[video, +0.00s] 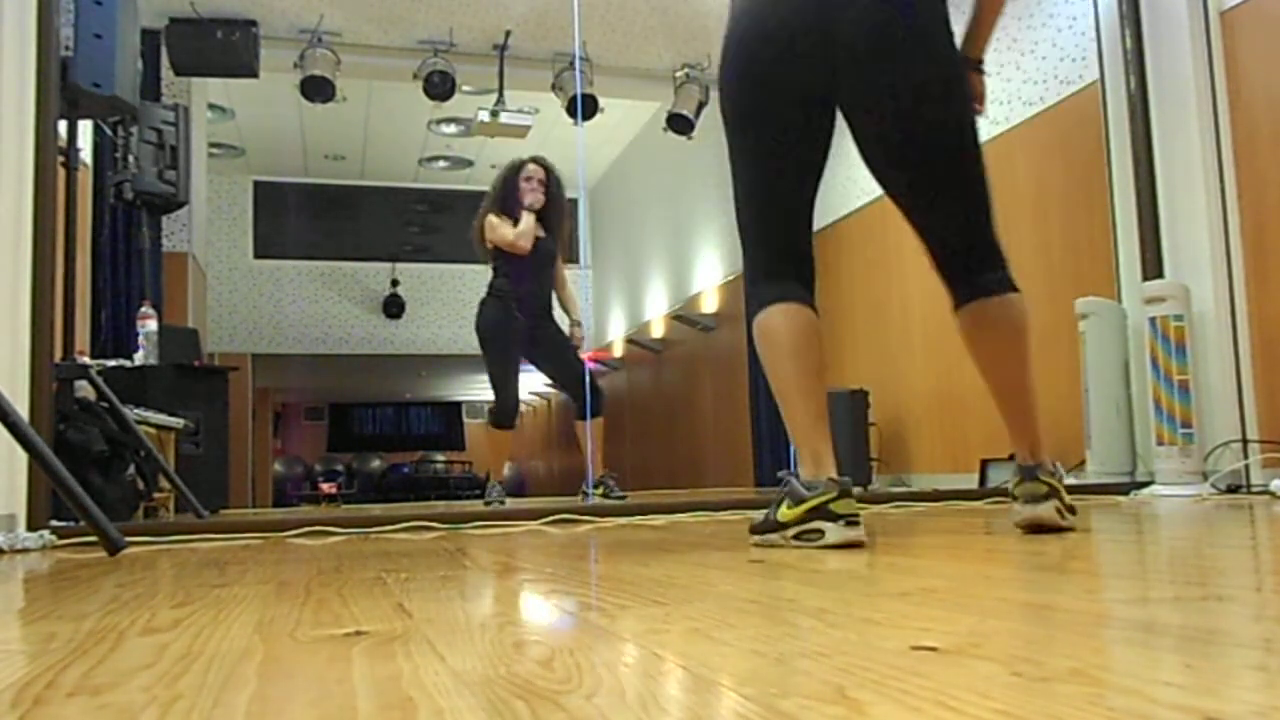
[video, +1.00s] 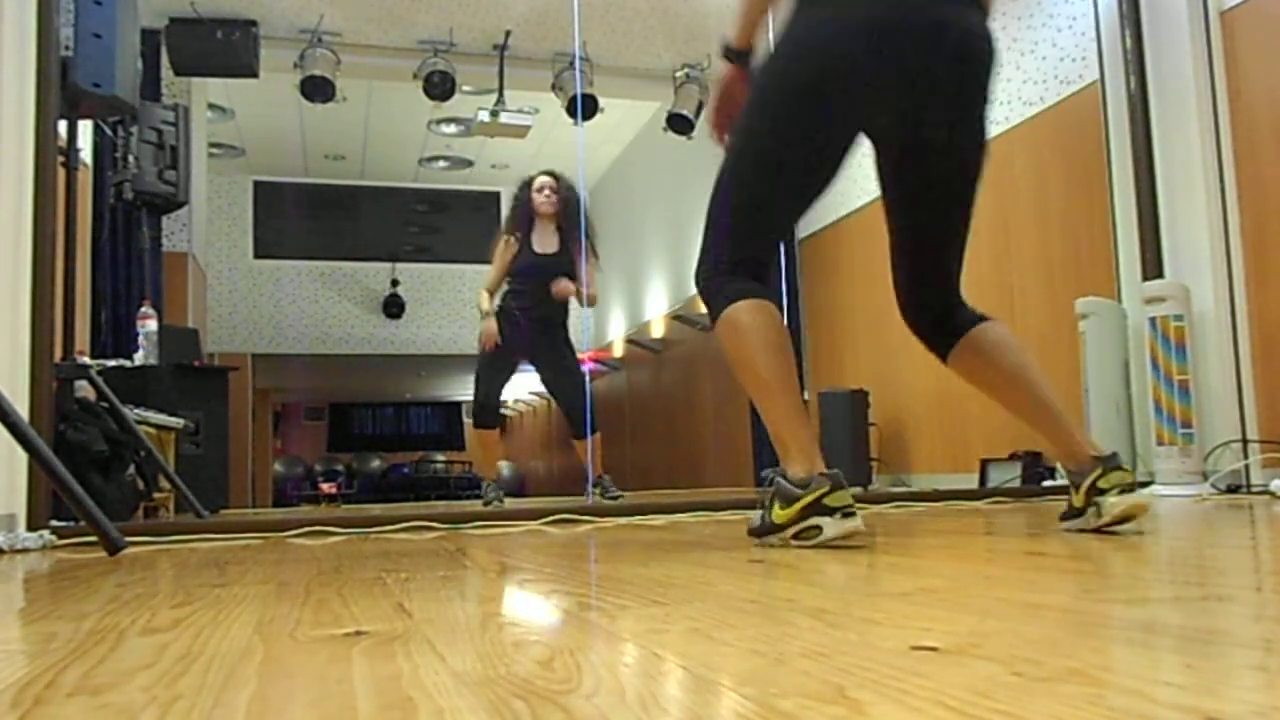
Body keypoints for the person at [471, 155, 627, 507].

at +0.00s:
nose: (536, 188)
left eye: (541, 183)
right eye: (529, 180)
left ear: (548, 193)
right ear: (512, 184)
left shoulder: (548, 235)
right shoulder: (493, 221)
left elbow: (561, 280)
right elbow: (520, 243)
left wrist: (575, 318)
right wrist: (528, 211)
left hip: (540, 323)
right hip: (501, 318)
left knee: (588, 391)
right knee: (507, 403)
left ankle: (595, 479)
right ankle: (496, 483)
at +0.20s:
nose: (523, 176)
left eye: (529, 172)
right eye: (518, 168)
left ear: (535, 180)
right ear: (501, 170)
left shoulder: (539, 215)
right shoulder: (477, 202)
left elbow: (543, 270)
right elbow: (499, 229)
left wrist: (563, 306)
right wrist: (515, 201)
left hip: (533, 306)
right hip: (492, 305)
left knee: (571, 384)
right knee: (496, 397)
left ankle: (596, 468)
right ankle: (493, 483)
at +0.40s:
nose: (516, 176)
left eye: (522, 172)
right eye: (510, 168)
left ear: (530, 180)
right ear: (494, 169)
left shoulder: (530, 213)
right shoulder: (472, 203)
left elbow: (540, 264)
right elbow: (493, 230)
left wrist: (557, 305)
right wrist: (508, 199)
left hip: (531, 304)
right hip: (491, 304)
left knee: (561, 387)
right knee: (494, 396)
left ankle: (581, 474)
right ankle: (492, 483)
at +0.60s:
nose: (517, 176)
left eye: (523, 171)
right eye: (511, 168)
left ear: (532, 178)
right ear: (496, 171)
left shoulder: (536, 218)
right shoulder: (477, 206)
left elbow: (550, 267)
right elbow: (490, 236)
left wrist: (568, 300)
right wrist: (508, 203)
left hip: (533, 305)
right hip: (492, 306)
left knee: (555, 390)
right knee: (496, 397)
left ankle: (575, 478)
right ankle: (493, 483)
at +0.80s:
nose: (531, 181)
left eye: (538, 177)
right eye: (525, 175)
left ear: (546, 187)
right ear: (511, 181)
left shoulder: (550, 229)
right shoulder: (491, 215)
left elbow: (556, 288)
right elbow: (469, 261)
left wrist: (573, 276)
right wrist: (507, 242)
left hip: (536, 313)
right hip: (493, 313)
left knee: (578, 386)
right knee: (491, 398)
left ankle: (597, 470)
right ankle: (493, 483)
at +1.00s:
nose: (548, 196)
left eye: (553, 191)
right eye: (541, 191)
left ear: (562, 200)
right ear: (529, 200)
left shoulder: (577, 243)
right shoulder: (514, 240)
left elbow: (592, 297)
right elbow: (487, 290)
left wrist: (574, 291)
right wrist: (488, 317)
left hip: (551, 332)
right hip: (509, 329)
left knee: (579, 402)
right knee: (484, 400)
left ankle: (598, 479)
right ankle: (492, 483)